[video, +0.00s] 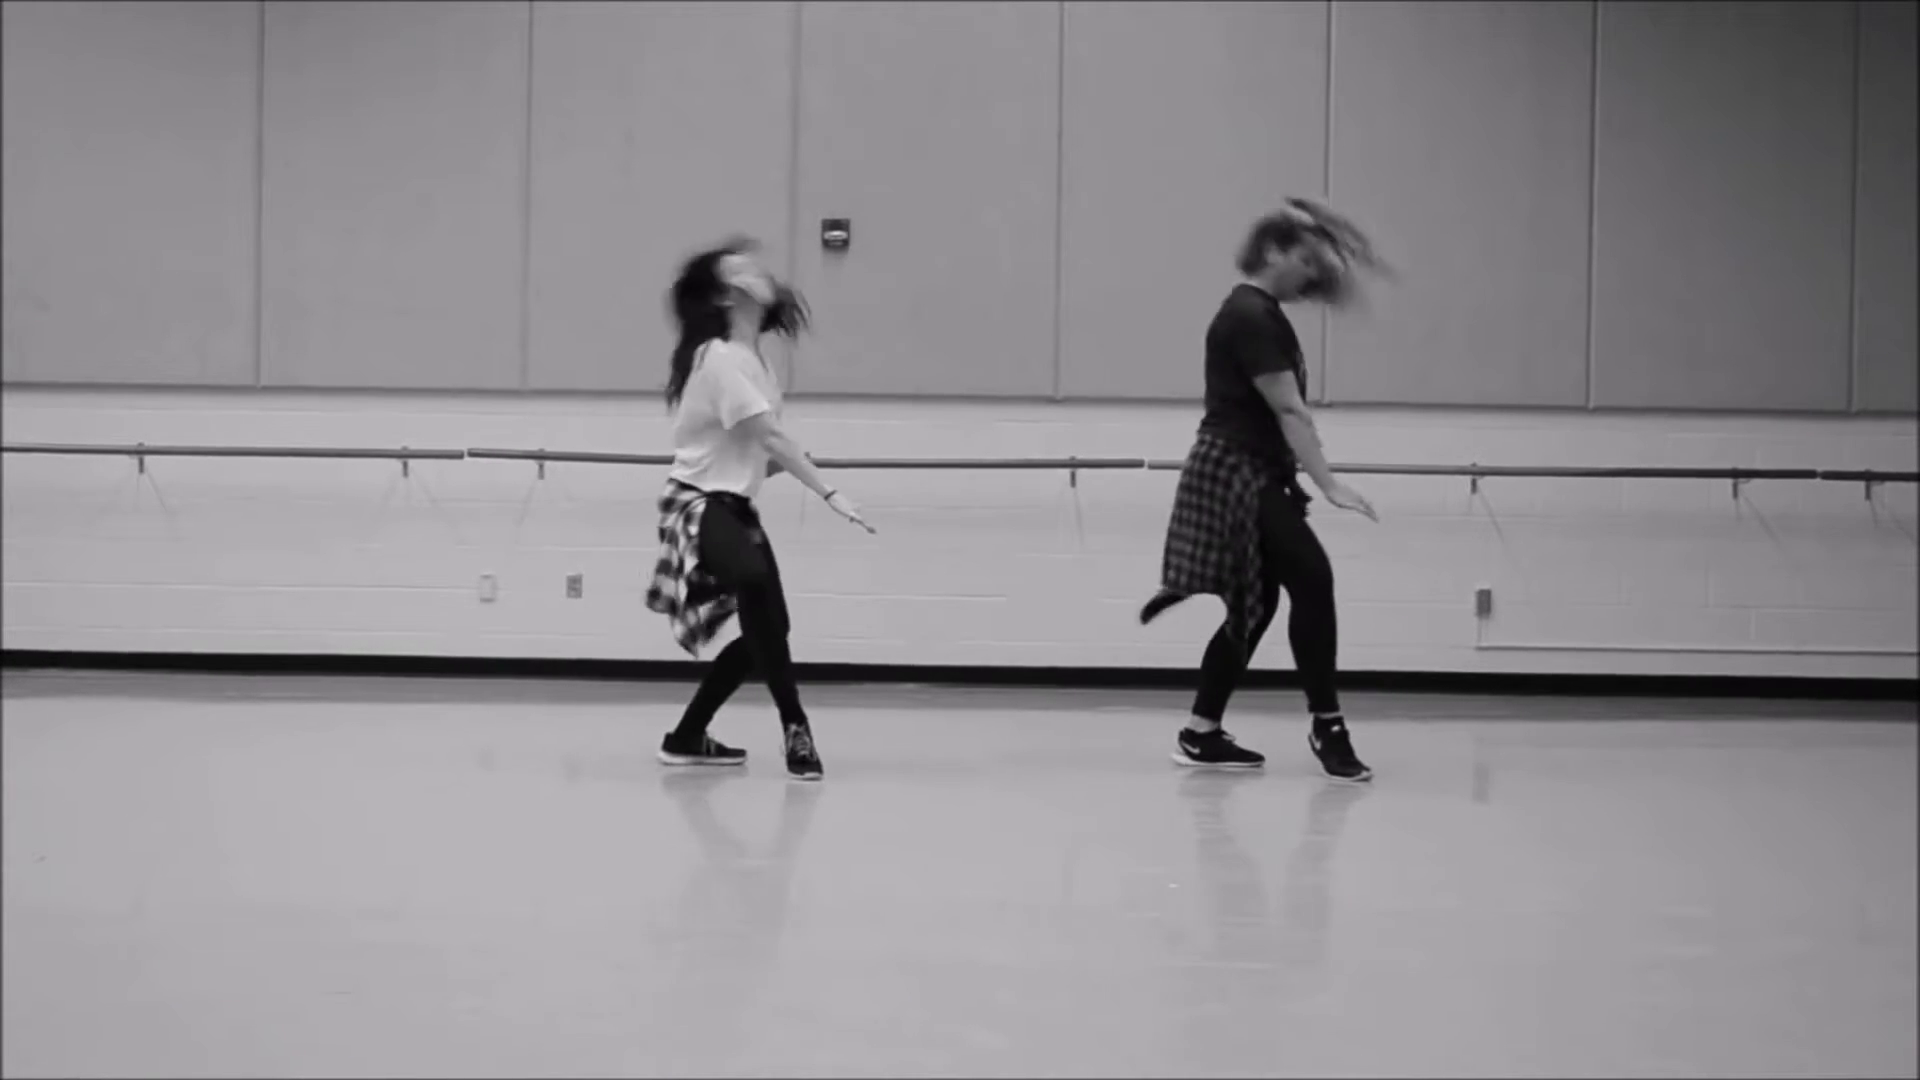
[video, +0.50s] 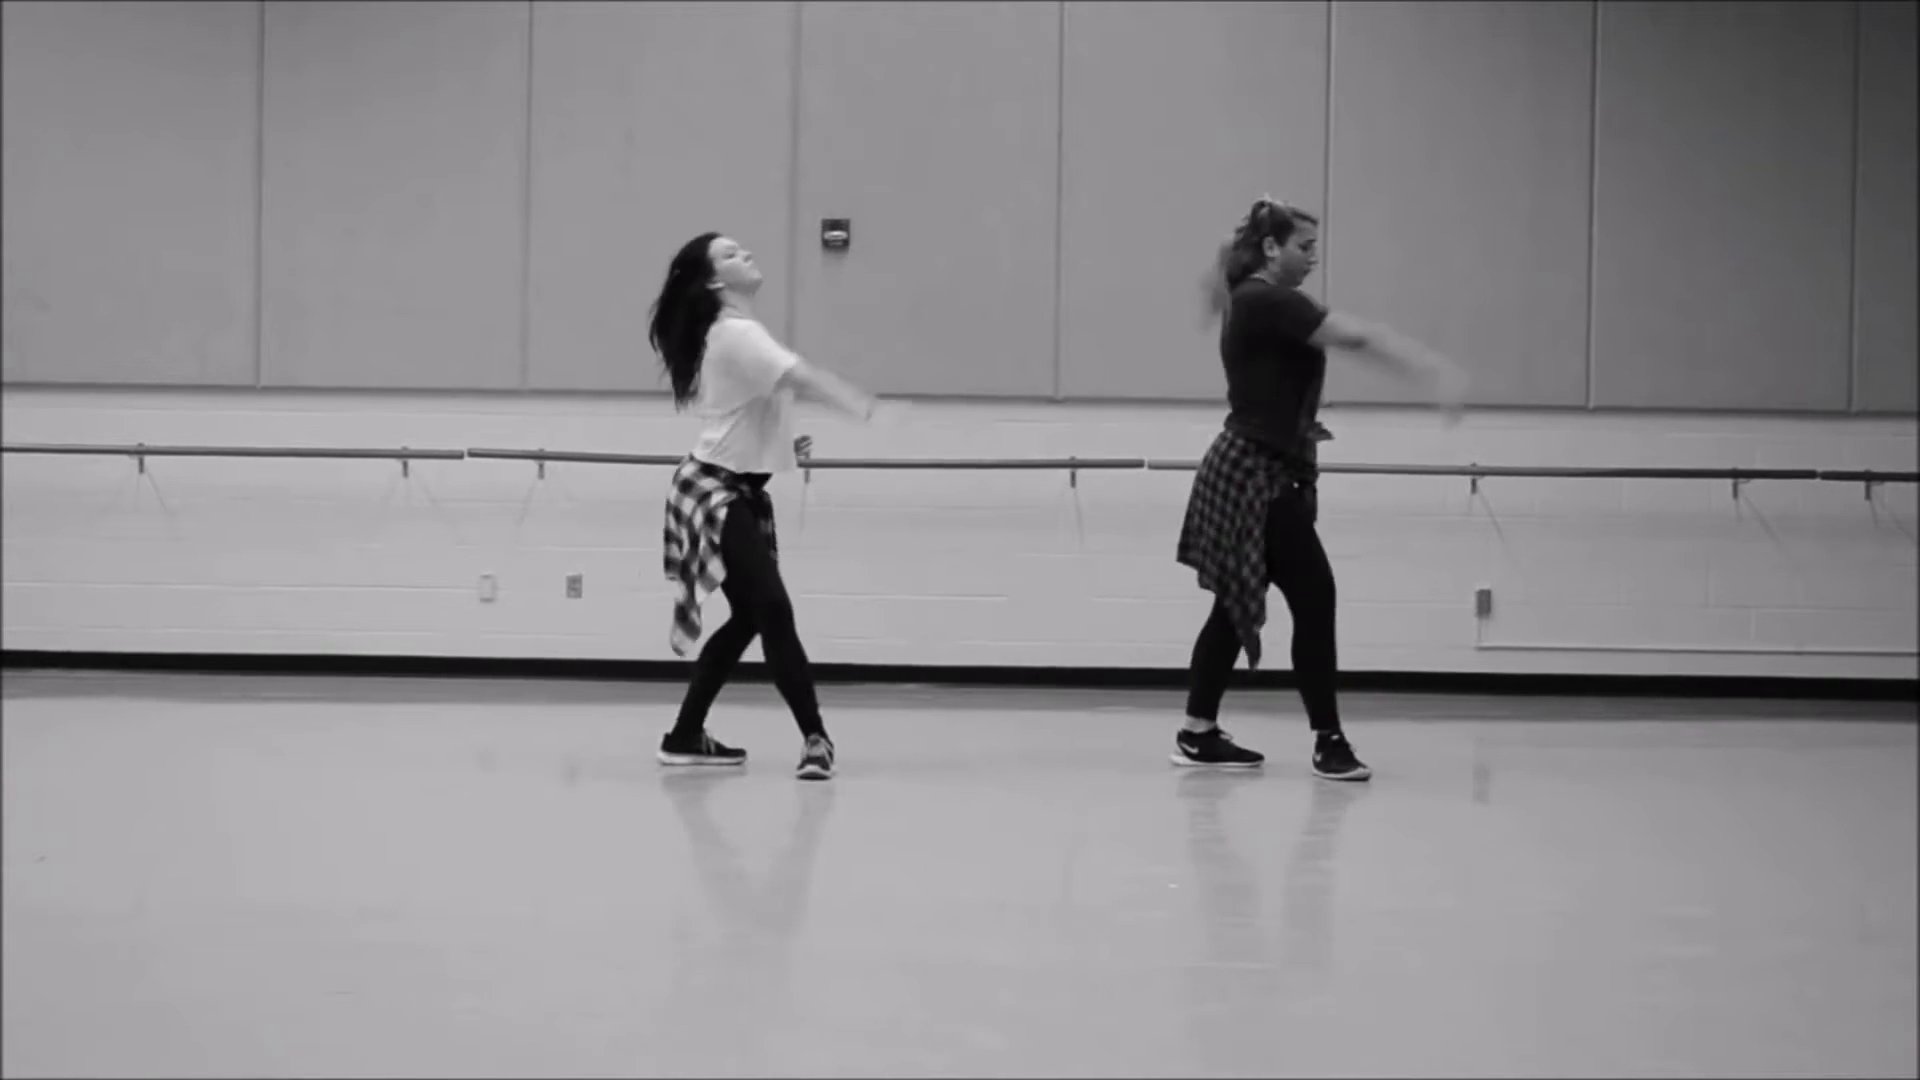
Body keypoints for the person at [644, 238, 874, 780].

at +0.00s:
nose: (764, 274)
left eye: (759, 266)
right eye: (748, 268)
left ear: (753, 293)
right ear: (727, 292)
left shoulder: (751, 360)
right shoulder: (723, 357)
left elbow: (739, 467)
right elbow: (770, 437)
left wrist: (786, 460)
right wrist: (827, 492)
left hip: (734, 509)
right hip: (704, 507)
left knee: (764, 634)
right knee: (764, 612)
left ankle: (688, 733)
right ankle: (796, 729)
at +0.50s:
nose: (747, 255)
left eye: (742, 249)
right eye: (732, 254)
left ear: (735, 276)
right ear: (712, 279)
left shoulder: (743, 329)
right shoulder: (732, 332)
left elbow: (744, 413)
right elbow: (800, 376)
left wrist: (787, 445)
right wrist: (864, 406)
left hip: (743, 491)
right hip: (720, 492)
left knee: (747, 616)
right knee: (775, 608)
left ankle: (686, 732)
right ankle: (815, 738)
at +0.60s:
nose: (771, 255)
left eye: (767, 247)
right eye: (756, 251)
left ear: (753, 270)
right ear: (732, 273)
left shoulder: (753, 325)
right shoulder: (751, 323)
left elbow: (735, 410)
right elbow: (820, 341)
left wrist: (783, 446)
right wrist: (880, 346)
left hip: (739, 488)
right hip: (720, 488)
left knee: (735, 612)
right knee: (771, 607)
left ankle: (683, 733)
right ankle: (814, 737)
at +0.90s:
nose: (849, 264)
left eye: (849, 254)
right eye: (841, 254)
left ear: (800, 265)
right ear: (813, 261)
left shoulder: (795, 324)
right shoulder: (792, 311)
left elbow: (763, 410)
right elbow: (853, 261)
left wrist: (801, 451)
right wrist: (895, 193)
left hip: (740, 475)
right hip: (739, 477)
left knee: (708, 606)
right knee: (769, 614)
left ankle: (682, 732)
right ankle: (813, 739)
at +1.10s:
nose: (886, 295)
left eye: (888, 287)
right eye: (876, 286)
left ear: (876, 297)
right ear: (842, 287)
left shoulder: (838, 356)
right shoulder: (803, 326)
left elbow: (785, 419)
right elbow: (845, 243)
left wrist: (805, 464)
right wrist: (890, 218)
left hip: (762, 485)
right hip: (735, 474)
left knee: (708, 606)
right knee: (771, 613)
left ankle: (681, 731)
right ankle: (814, 737)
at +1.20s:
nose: (891, 301)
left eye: (894, 293)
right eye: (880, 290)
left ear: (890, 302)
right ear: (849, 289)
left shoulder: (844, 366)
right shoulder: (808, 321)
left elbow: (850, 426)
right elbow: (859, 233)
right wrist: (894, 254)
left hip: (765, 488)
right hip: (735, 472)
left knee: (707, 605)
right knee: (772, 611)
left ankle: (682, 730)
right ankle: (814, 738)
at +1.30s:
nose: (894, 304)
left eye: (899, 296)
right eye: (886, 292)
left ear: (892, 303)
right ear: (854, 290)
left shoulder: (851, 371)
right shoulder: (811, 324)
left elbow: (904, 419)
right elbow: (875, 233)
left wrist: (912, 351)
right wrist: (897, 262)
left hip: (764, 489)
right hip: (733, 473)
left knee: (706, 607)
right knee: (772, 615)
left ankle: (681, 731)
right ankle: (814, 739)